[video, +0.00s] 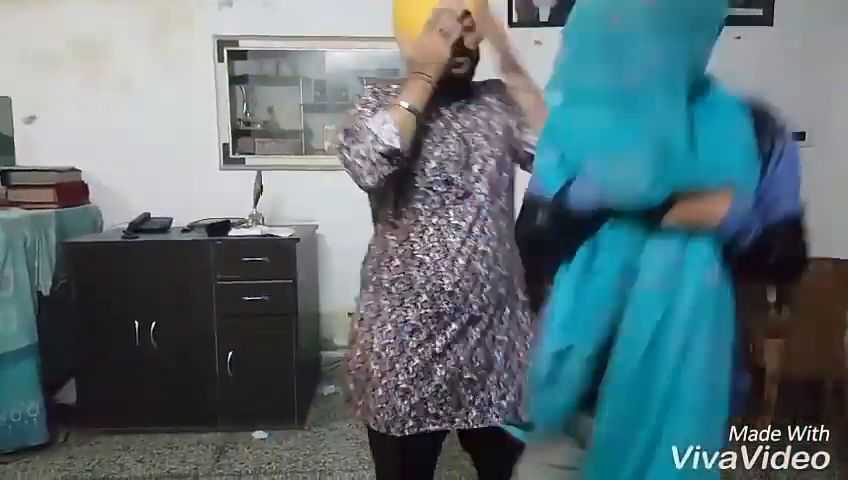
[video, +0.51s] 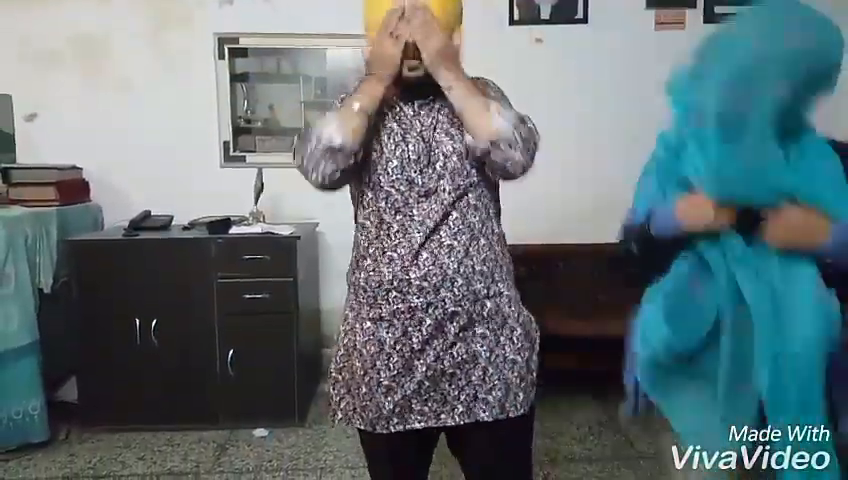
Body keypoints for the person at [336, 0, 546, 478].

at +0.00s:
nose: (463, 41)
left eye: (470, 27)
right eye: (445, 27)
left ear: (483, 37)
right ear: (412, 36)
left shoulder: (497, 107)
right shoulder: (382, 104)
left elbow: (560, 159)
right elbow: (368, 169)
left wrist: (511, 65)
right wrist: (422, 77)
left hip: (490, 331)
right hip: (406, 335)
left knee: (503, 467)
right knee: (404, 471)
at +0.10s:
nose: (440, 29)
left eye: (452, 16)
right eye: (423, 19)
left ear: (471, 31)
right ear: (395, 39)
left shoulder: (485, 106)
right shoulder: (367, 105)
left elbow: (544, 146)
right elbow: (353, 156)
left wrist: (471, 69)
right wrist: (408, 75)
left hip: (487, 340)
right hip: (397, 344)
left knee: (517, 470)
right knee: (398, 473)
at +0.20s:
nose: (421, 25)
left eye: (434, 13)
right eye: (405, 15)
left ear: (455, 30)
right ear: (380, 40)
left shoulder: (478, 102)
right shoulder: (359, 104)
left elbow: (537, 142)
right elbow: (338, 151)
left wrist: (459, 68)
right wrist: (398, 74)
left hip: (484, 341)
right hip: (391, 346)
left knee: (512, 470)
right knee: (394, 473)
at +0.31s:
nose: (410, 28)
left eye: (425, 16)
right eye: (395, 18)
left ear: (451, 33)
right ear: (374, 44)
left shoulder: (477, 97)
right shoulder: (358, 103)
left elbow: (520, 146)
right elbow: (331, 153)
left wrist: (446, 68)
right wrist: (388, 76)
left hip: (482, 344)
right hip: (389, 349)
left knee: (501, 471)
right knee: (395, 473)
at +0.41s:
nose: (406, 30)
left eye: (422, 16)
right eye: (391, 19)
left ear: (450, 32)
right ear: (371, 43)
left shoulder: (477, 97)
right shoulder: (358, 107)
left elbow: (515, 147)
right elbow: (322, 156)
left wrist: (443, 69)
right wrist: (383, 78)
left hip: (480, 344)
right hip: (388, 349)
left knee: (502, 470)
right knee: (393, 473)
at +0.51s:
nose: (409, 40)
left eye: (424, 25)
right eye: (393, 26)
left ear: (451, 37)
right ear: (373, 42)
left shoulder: (479, 98)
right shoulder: (357, 108)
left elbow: (513, 159)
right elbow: (320, 168)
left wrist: (449, 72)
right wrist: (377, 77)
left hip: (483, 345)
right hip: (388, 350)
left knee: (504, 470)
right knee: (394, 473)